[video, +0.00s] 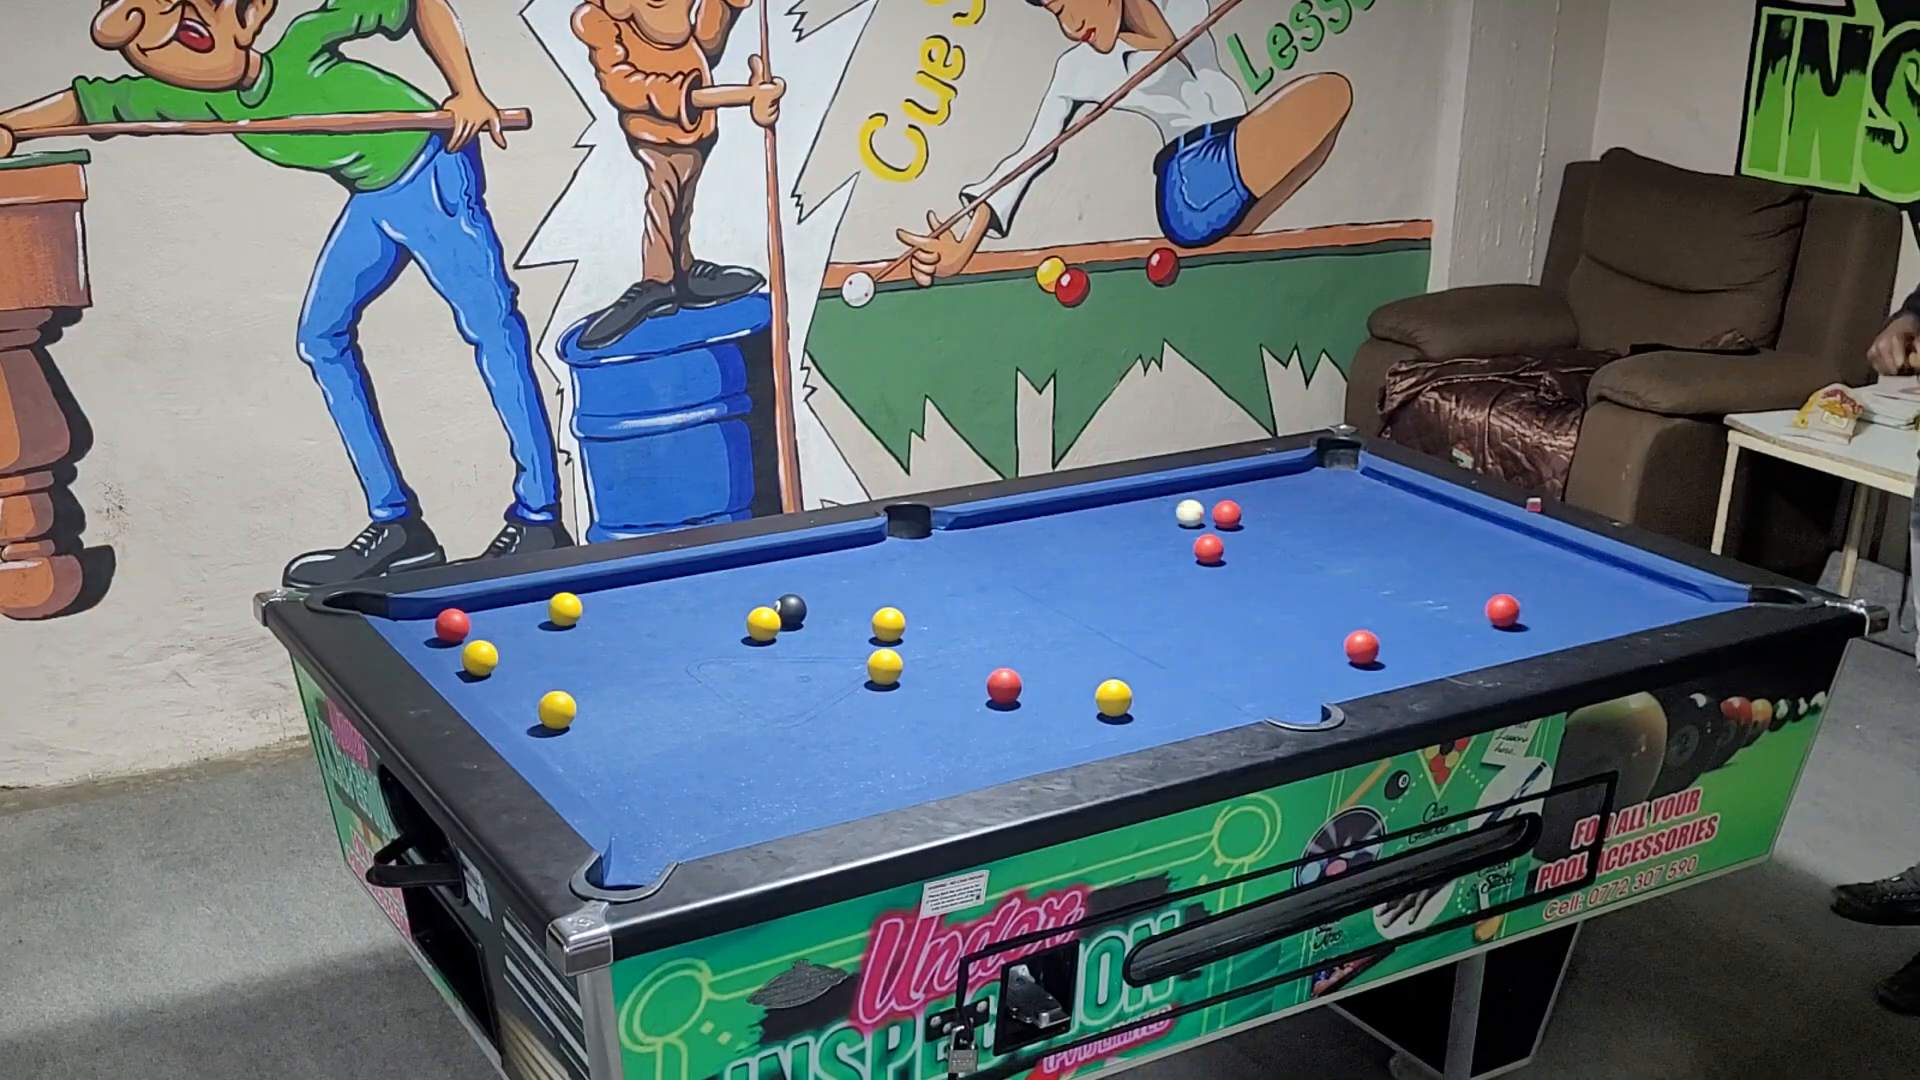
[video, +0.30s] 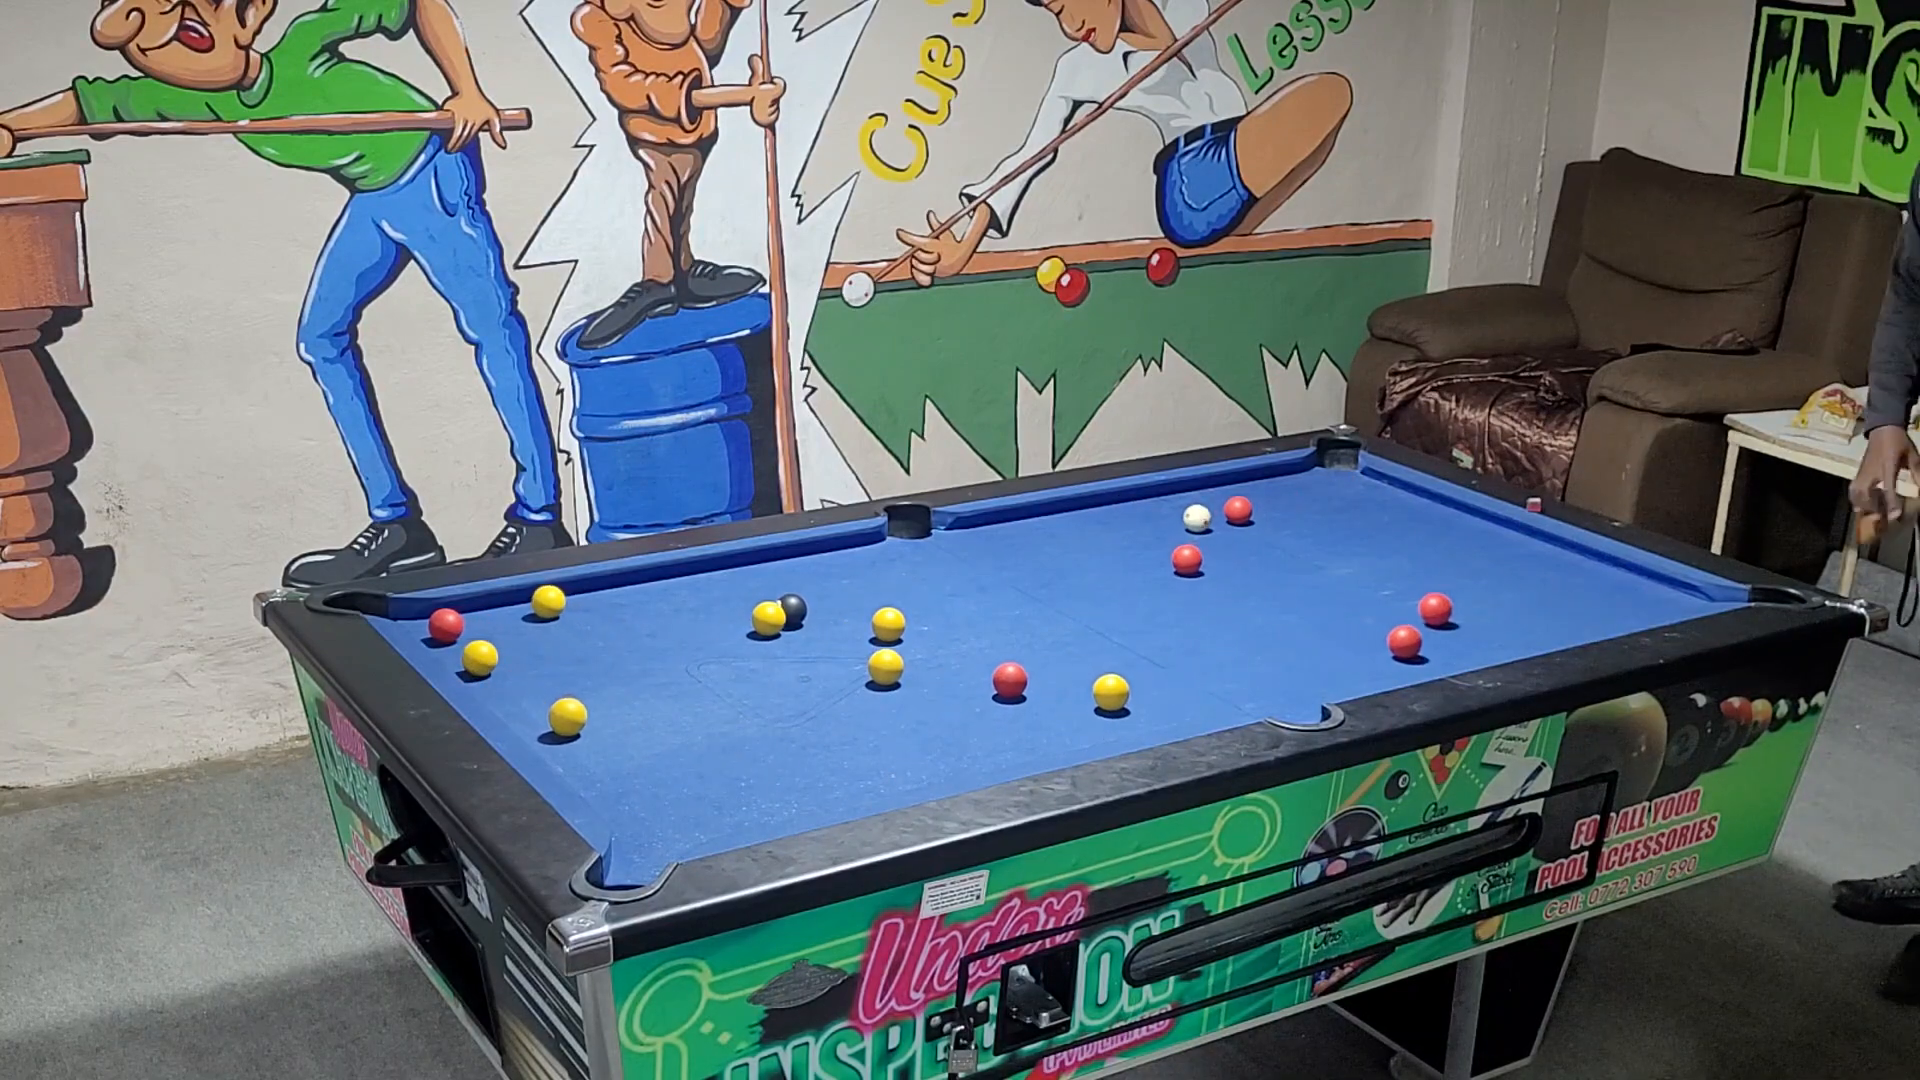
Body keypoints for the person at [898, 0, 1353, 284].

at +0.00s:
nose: (1069, 24)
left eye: (1070, 5)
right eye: (1057, 15)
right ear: (1056, 18)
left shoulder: (1176, 10)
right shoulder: (1076, 69)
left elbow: (1198, 61)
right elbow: (1028, 157)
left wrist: (1140, 13)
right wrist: (964, 245)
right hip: (1193, 183)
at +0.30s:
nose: (1070, 25)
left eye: (1070, 5)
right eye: (1057, 16)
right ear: (1056, 18)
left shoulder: (1177, 11)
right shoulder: (1077, 69)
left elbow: (1200, 61)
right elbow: (1028, 156)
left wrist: (1143, 17)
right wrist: (963, 246)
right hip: (1190, 185)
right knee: (1330, 91)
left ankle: (1239, 231)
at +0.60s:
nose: (1069, 24)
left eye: (1070, 5)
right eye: (1057, 16)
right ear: (1056, 18)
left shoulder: (1176, 10)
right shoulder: (1076, 69)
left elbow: (1197, 58)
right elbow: (1029, 156)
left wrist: (1137, 11)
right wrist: (964, 245)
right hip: (1195, 180)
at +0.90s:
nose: (1070, 23)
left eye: (1072, 4)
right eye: (1056, 15)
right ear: (1055, 18)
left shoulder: (1175, 10)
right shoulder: (1076, 69)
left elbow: (1194, 58)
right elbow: (1028, 156)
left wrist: (1142, 13)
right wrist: (964, 245)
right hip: (1194, 174)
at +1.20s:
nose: (1070, 23)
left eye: (1071, 4)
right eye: (1056, 15)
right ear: (1055, 18)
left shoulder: (1175, 10)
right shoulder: (1076, 69)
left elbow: (1196, 56)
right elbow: (1028, 156)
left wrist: (1140, 13)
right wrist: (964, 245)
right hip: (1195, 176)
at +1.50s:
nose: (1069, 23)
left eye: (1071, 4)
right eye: (1056, 15)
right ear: (1055, 18)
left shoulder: (1176, 10)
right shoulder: (1076, 68)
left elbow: (1196, 60)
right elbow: (1029, 156)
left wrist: (1139, 10)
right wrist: (964, 245)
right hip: (1195, 182)